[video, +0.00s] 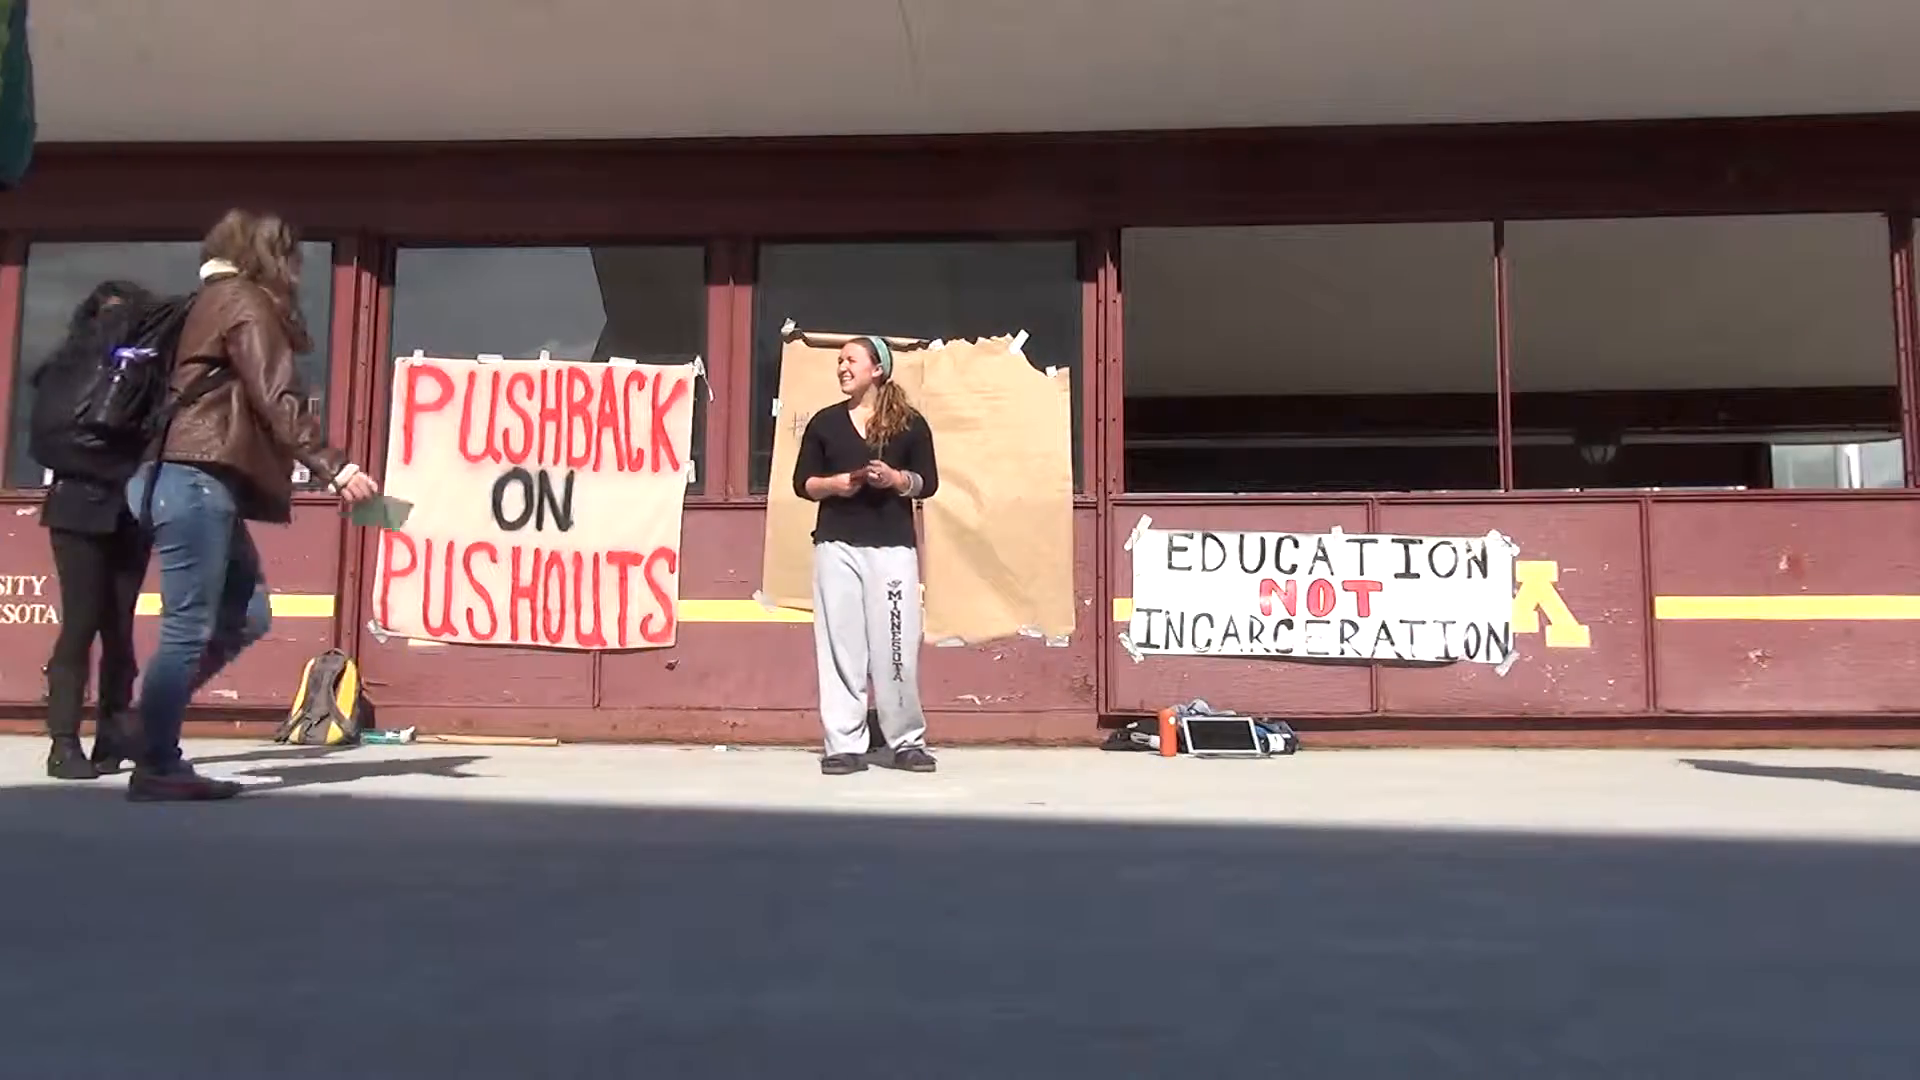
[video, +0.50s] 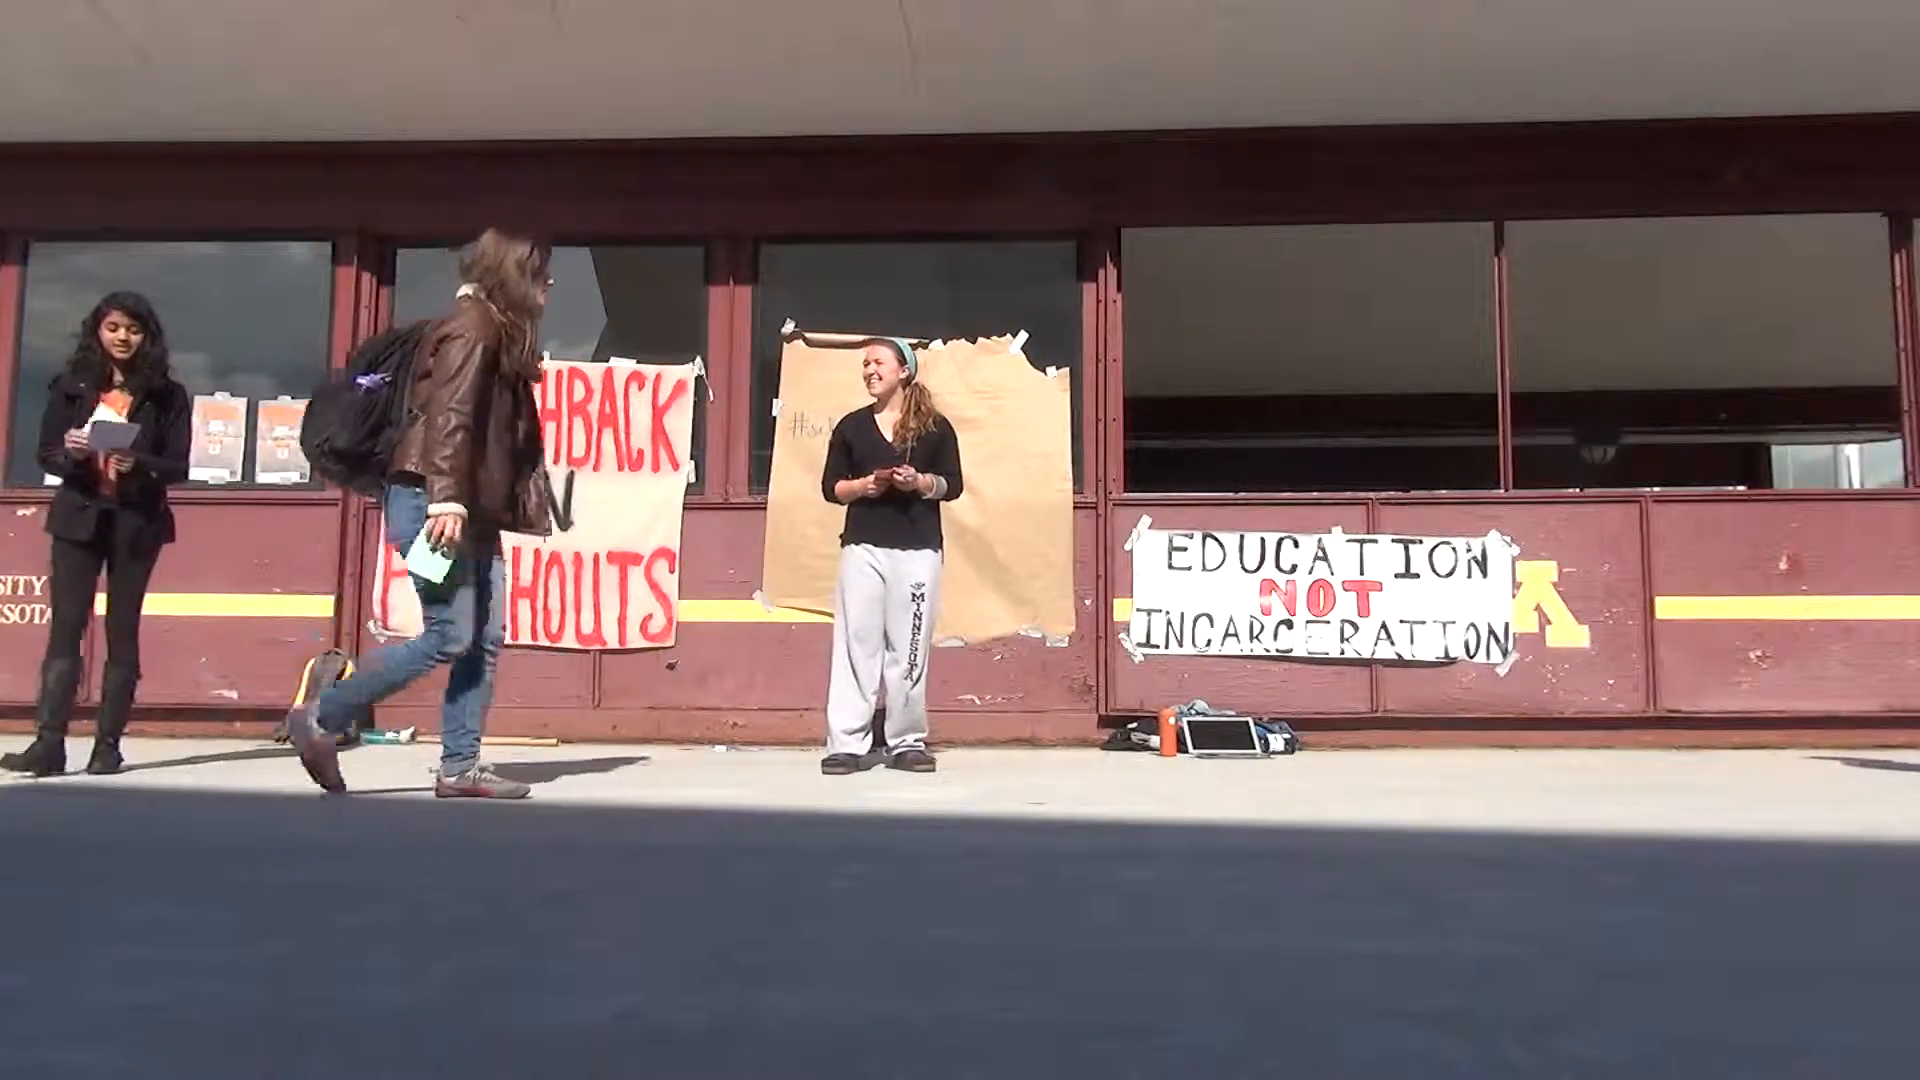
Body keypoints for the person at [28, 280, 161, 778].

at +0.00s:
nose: (119, 317)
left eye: (126, 309)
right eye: (113, 308)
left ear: (136, 317)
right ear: (97, 312)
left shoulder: (147, 362)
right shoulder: (71, 362)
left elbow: (158, 431)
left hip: (132, 505)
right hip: (79, 501)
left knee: (118, 626)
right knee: (80, 623)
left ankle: (113, 737)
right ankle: (65, 744)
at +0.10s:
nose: (121, 327)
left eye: (130, 319)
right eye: (111, 317)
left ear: (142, 327)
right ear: (91, 321)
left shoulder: (153, 378)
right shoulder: (65, 373)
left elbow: (171, 445)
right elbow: (44, 444)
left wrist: (130, 456)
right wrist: (94, 459)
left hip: (135, 511)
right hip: (79, 507)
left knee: (118, 627)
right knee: (79, 624)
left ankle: (109, 743)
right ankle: (64, 745)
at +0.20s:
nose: (121, 330)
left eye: (131, 321)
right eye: (111, 320)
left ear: (145, 328)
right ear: (92, 325)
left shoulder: (161, 382)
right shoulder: (65, 378)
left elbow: (176, 452)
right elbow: (43, 450)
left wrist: (140, 457)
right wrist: (89, 452)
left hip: (135, 515)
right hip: (78, 511)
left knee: (119, 626)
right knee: (79, 622)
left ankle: (108, 742)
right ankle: (63, 743)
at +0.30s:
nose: (122, 333)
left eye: (132, 325)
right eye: (112, 323)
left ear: (145, 331)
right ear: (95, 327)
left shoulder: (165, 389)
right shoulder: (68, 381)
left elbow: (181, 462)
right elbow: (47, 452)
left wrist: (144, 462)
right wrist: (83, 455)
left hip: (135, 519)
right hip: (79, 515)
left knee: (121, 627)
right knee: (77, 624)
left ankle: (108, 743)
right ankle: (64, 745)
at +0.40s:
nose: (122, 335)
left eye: (132, 327)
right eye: (113, 325)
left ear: (146, 333)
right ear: (96, 330)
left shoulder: (168, 393)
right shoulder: (70, 384)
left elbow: (178, 465)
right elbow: (48, 454)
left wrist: (140, 461)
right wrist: (78, 455)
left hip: (136, 519)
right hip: (78, 515)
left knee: (122, 627)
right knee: (76, 624)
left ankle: (108, 741)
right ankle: (61, 739)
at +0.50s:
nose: (122, 337)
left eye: (132, 329)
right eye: (113, 327)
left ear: (147, 335)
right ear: (96, 332)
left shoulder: (168, 393)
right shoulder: (72, 384)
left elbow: (178, 467)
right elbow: (47, 454)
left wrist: (137, 461)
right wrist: (70, 451)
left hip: (135, 520)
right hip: (77, 514)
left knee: (121, 628)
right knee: (66, 625)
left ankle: (107, 743)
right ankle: (49, 741)